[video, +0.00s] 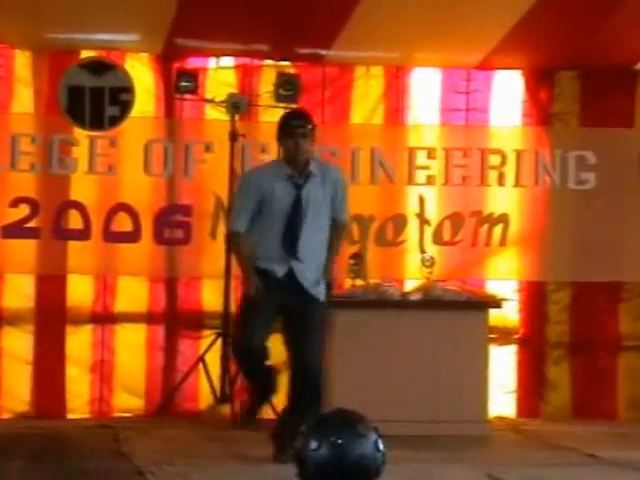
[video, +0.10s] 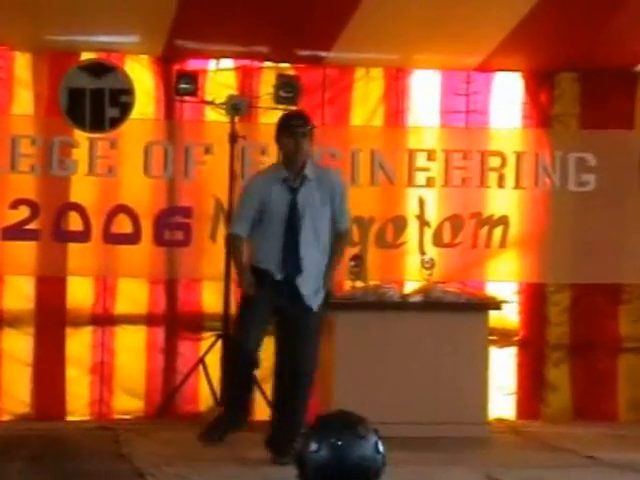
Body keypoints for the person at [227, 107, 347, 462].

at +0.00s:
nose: (300, 145)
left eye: (306, 137)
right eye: (293, 137)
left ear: (314, 141)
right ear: (281, 141)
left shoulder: (331, 180)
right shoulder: (257, 179)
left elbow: (339, 227)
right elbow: (236, 234)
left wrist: (328, 270)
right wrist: (249, 277)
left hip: (309, 280)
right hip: (265, 277)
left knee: (308, 365)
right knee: (247, 343)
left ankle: (293, 434)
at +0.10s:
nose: (296, 147)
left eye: (301, 139)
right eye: (289, 139)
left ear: (311, 141)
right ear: (278, 143)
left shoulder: (330, 184)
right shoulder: (261, 184)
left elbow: (341, 233)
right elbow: (237, 232)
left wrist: (329, 276)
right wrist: (244, 273)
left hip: (307, 287)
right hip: (264, 281)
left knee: (297, 369)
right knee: (241, 346)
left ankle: (284, 439)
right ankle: (233, 412)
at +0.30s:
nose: (295, 133)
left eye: (300, 124)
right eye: (288, 125)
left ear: (308, 126)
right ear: (276, 126)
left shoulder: (327, 163)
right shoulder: (257, 163)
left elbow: (338, 213)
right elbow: (247, 214)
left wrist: (329, 257)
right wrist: (234, 240)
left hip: (311, 267)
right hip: (268, 267)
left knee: (306, 354)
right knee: (269, 352)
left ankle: (301, 433)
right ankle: (265, 434)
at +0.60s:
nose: (310, 150)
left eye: (315, 142)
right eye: (303, 142)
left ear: (321, 139)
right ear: (286, 136)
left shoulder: (328, 171)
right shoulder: (259, 167)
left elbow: (330, 221)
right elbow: (239, 221)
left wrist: (323, 259)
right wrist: (242, 269)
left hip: (308, 273)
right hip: (267, 270)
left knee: (306, 359)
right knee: (264, 354)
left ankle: (260, 424)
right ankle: (280, 433)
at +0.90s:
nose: (315, 152)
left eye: (320, 145)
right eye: (309, 145)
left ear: (324, 140)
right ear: (289, 137)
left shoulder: (330, 168)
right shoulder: (258, 167)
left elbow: (335, 218)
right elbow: (249, 226)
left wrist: (327, 264)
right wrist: (254, 278)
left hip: (314, 270)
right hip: (274, 269)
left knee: (309, 355)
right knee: (284, 355)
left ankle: (251, 417)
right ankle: (288, 437)